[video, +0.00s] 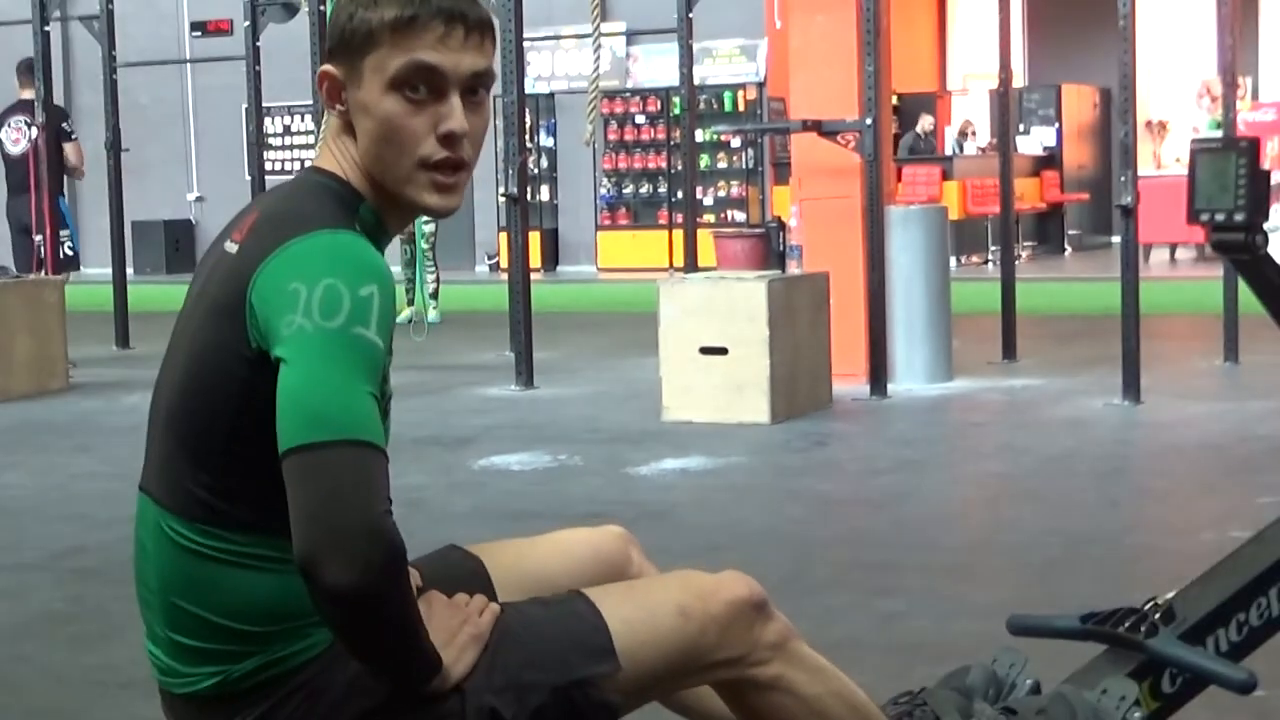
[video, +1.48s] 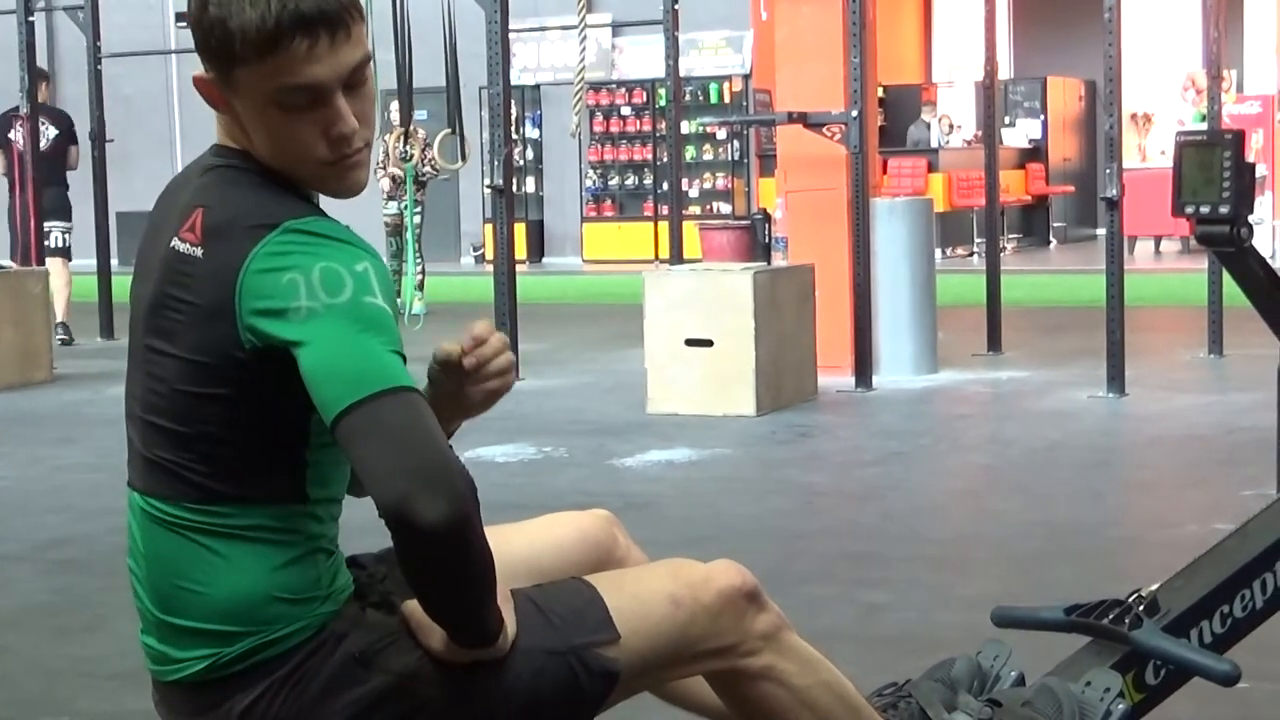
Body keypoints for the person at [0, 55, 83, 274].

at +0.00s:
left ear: (18, 80)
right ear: (44, 79)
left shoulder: (5, 117)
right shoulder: (55, 113)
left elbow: (13, 160)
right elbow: (75, 162)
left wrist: (66, 167)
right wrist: (62, 165)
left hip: (16, 201)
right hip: (47, 201)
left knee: (27, 276)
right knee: (59, 274)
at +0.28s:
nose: (25, 85)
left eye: (17, 81)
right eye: (30, 80)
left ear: (9, 83)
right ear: (34, 81)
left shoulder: (2, 114)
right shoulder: (50, 114)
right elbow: (68, 162)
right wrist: (51, 176)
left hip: (11, 205)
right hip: (46, 201)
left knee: (26, 272)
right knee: (77, 259)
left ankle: (35, 341)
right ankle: (63, 328)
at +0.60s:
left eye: (17, 81)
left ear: (13, 83)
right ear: (41, 80)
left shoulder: (2, 117)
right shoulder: (57, 113)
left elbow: (3, 166)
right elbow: (72, 159)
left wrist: (23, 164)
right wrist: (47, 161)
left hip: (17, 204)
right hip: (54, 200)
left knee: (29, 271)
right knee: (67, 269)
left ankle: (33, 339)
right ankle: (77, 332)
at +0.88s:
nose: (57, 85)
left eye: (55, 81)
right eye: (57, 81)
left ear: (30, 81)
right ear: (52, 81)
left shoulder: (12, 114)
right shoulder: (71, 115)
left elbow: (5, 162)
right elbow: (76, 160)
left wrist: (29, 165)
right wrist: (54, 166)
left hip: (28, 201)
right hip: (63, 201)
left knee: (29, 268)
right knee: (66, 266)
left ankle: (30, 334)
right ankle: (70, 332)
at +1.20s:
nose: (61, 84)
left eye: (59, 79)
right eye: (61, 79)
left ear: (33, 80)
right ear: (56, 80)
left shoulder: (16, 112)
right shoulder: (75, 113)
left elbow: (9, 160)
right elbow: (78, 157)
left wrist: (33, 158)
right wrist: (54, 158)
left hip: (29, 196)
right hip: (64, 196)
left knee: (20, 262)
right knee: (65, 263)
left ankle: (21, 331)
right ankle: (66, 328)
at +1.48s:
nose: (50, 90)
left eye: (46, 86)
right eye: (49, 86)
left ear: (23, 87)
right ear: (44, 86)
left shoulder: (6, 119)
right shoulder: (61, 118)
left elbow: (3, 166)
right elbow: (72, 163)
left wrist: (22, 171)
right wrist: (46, 164)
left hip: (19, 197)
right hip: (53, 197)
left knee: (20, 262)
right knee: (57, 259)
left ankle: (20, 327)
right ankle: (61, 323)